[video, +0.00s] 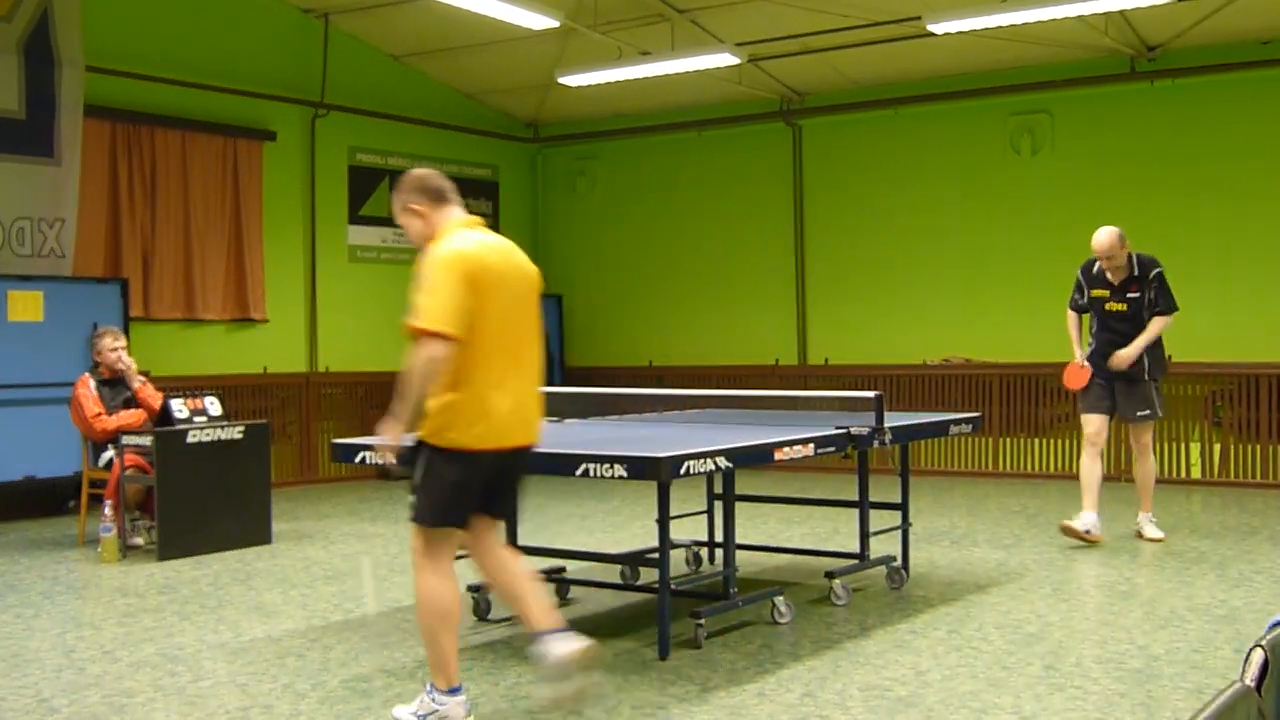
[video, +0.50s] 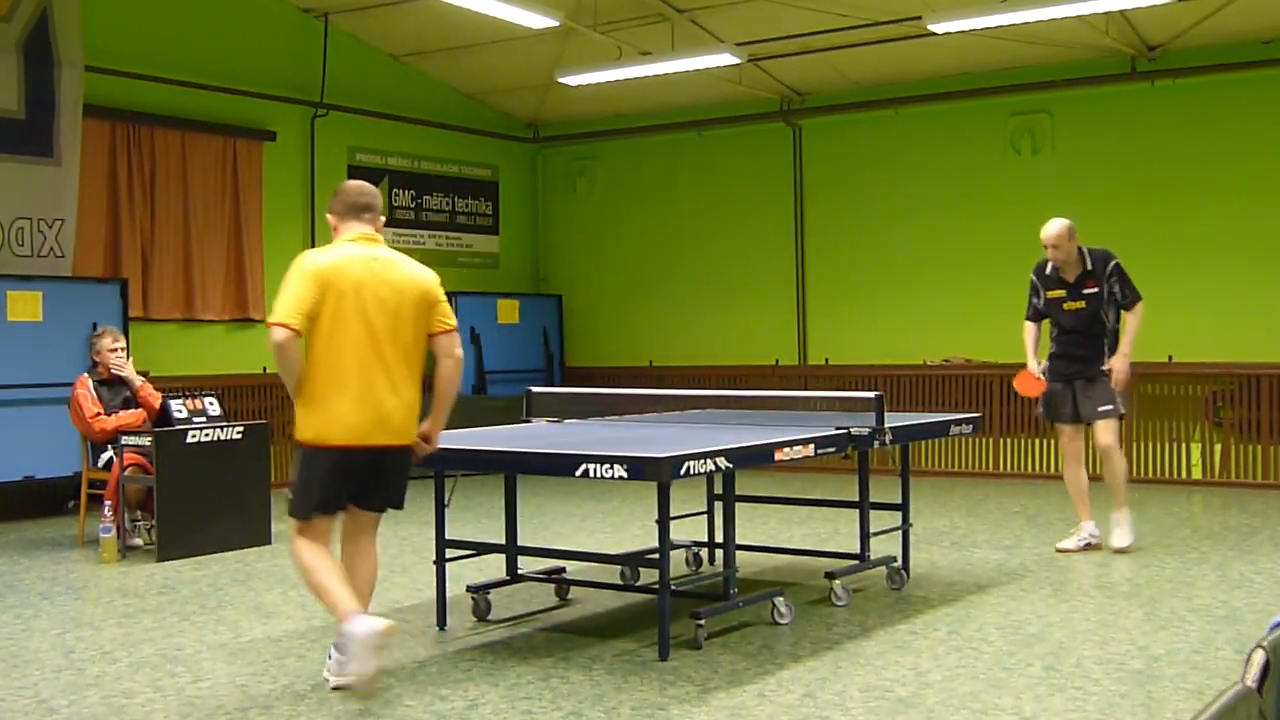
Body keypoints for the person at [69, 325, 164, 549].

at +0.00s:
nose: (121, 356)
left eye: (124, 350)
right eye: (114, 350)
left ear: (129, 352)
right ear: (97, 356)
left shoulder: (137, 381)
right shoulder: (86, 385)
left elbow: (162, 412)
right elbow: (98, 427)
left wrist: (134, 381)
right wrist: (142, 416)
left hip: (146, 444)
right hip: (112, 447)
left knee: (169, 469)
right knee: (134, 474)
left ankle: (147, 520)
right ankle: (129, 519)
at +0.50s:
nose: (120, 355)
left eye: (123, 350)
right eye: (113, 350)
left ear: (128, 354)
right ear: (96, 356)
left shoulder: (134, 380)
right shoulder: (84, 385)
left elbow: (161, 413)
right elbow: (96, 428)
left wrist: (135, 380)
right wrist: (143, 415)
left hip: (145, 445)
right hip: (110, 449)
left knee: (172, 468)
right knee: (135, 473)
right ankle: (133, 520)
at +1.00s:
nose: (121, 356)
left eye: (124, 351)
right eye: (114, 351)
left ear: (128, 354)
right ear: (97, 355)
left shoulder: (137, 381)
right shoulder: (84, 385)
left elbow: (162, 412)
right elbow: (97, 428)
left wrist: (132, 383)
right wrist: (141, 416)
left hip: (146, 445)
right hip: (112, 449)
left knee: (172, 469)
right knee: (135, 475)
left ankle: (153, 519)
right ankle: (131, 518)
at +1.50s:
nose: (120, 357)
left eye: (124, 352)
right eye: (114, 352)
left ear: (128, 354)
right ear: (98, 356)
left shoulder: (137, 382)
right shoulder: (85, 385)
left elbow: (161, 412)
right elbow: (98, 428)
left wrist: (132, 383)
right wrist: (142, 416)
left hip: (145, 447)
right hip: (111, 449)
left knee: (170, 469)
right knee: (133, 476)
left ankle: (150, 521)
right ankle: (128, 522)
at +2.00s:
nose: (120, 357)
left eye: (123, 352)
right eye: (113, 352)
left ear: (128, 354)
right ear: (97, 355)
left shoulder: (137, 382)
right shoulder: (84, 386)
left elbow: (163, 413)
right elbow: (96, 429)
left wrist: (133, 385)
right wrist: (141, 416)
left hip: (146, 446)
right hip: (111, 449)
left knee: (170, 468)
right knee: (132, 474)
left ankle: (151, 521)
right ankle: (131, 519)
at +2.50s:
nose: (120, 356)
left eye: (124, 351)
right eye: (113, 351)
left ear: (128, 354)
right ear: (97, 354)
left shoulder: (137, 381)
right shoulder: (84, 385)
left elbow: (163, 412)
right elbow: (97, 428)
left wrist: (133, 384)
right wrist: (142, 415)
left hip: (146, 446)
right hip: (112, 449)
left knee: (170, 469)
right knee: (133, 474)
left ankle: (152, 521)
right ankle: (131, 519)